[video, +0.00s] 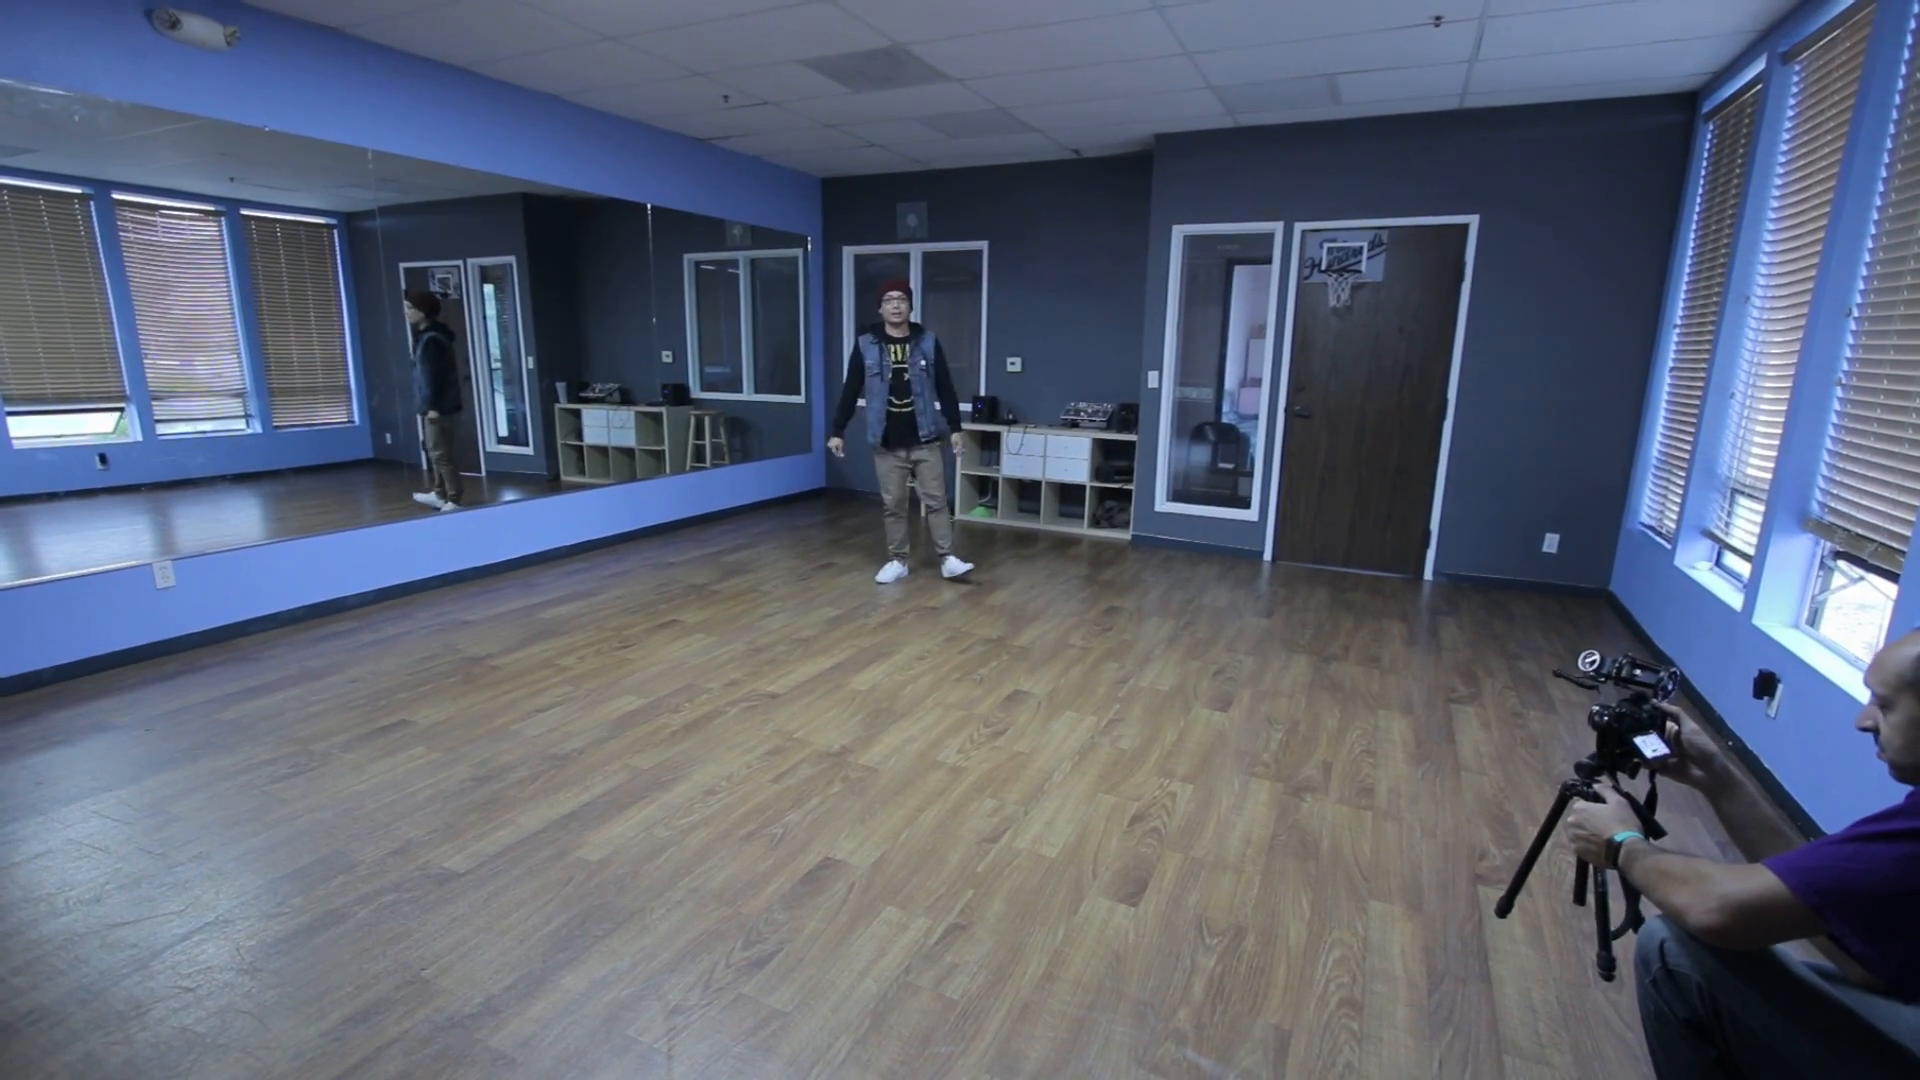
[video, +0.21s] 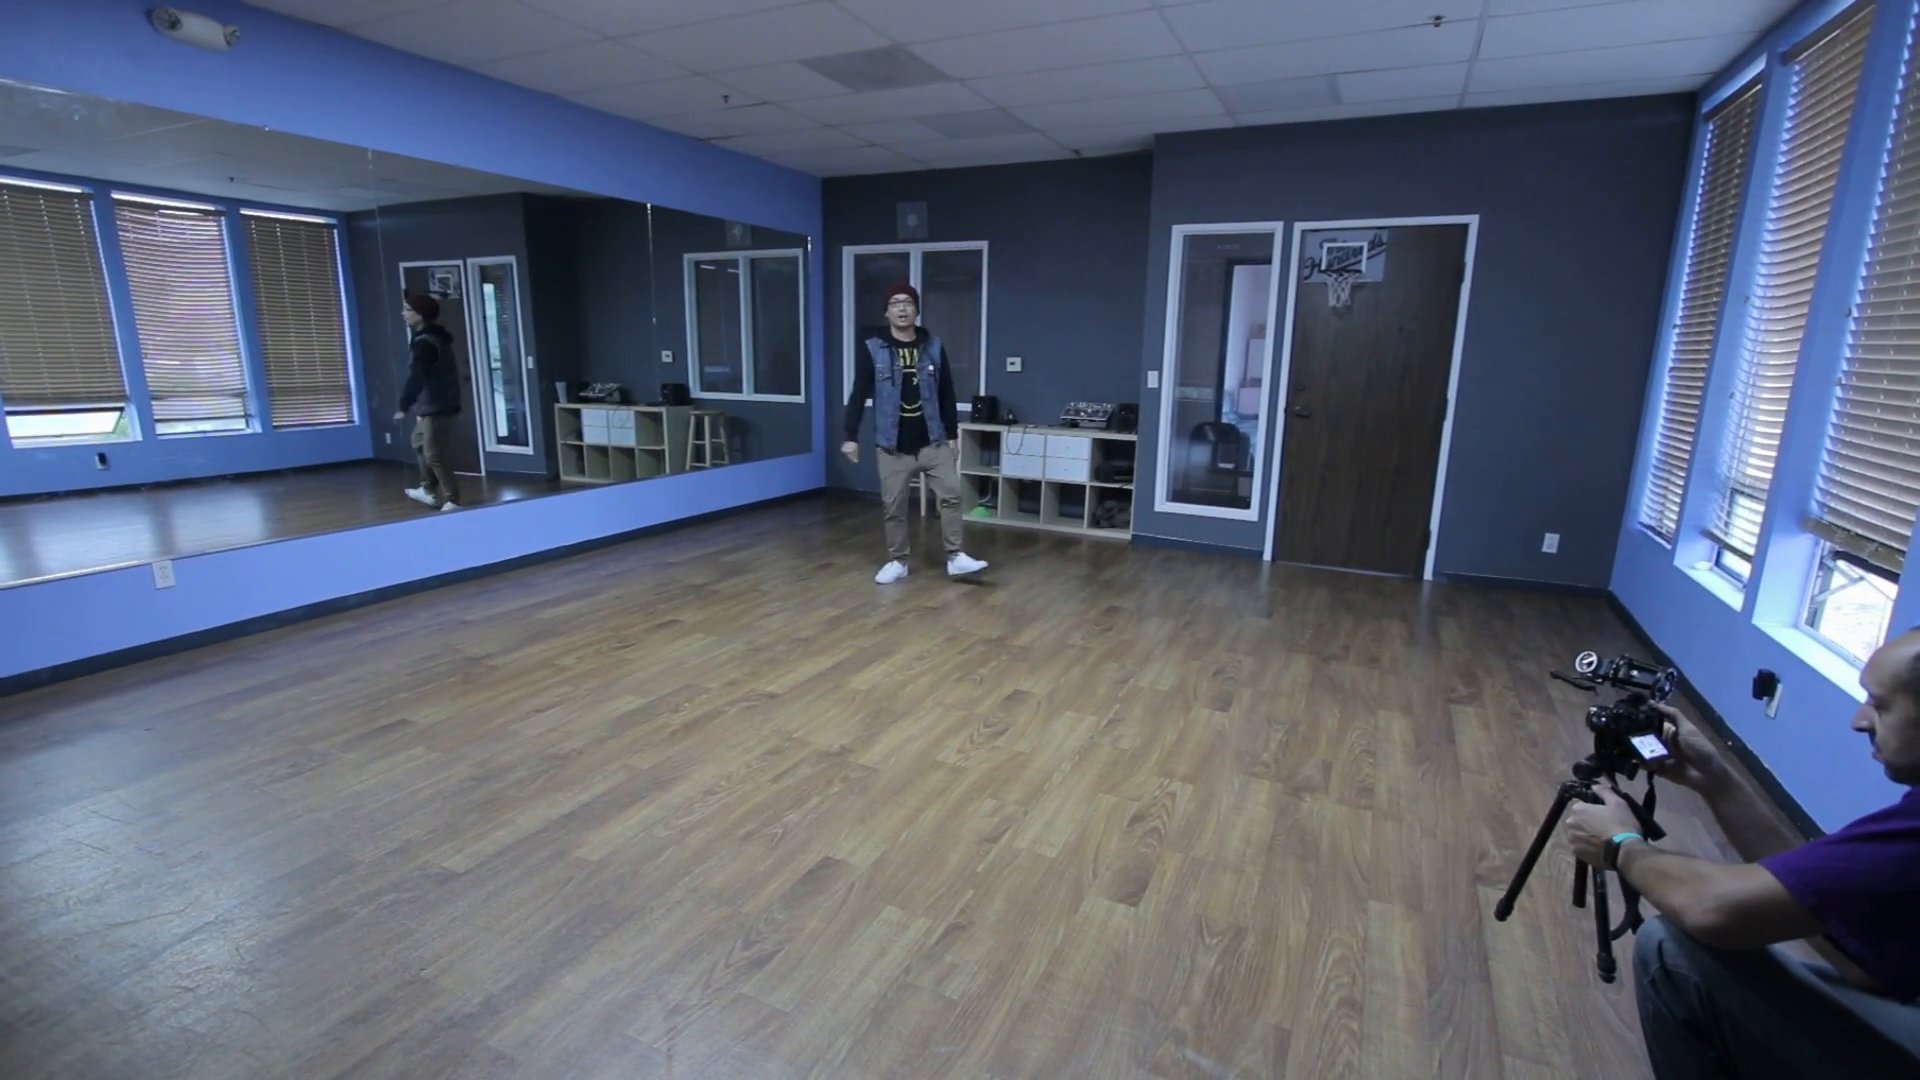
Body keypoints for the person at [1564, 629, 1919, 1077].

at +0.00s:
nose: (1864, 722)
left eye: (1884, 703)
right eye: (1872, 702)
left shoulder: (1912, 825)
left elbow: (1719, 911)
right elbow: (1866, 957)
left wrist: (1621, 844)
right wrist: (1718, 780)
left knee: (1676, 951)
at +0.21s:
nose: (1860, 723)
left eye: (1879, 704)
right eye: (1867, 702)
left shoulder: (1911, 822)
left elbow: (1716, 911)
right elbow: (1865, 959)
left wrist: (1621, 846)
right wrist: (1715, 780)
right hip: (1904, 1013)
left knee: (1675, 951)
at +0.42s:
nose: (1859, 720)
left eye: (1878, 701)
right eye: (1866, 699)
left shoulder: (1912, 816)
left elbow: (1712, 909)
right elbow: (1865, 958)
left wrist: (1618, 843)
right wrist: (1713, 778)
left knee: (1673, 950)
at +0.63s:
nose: (1858, 719)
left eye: (1878, 701)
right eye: (1866, 699)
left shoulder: (1912, 816)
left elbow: (1713, 910)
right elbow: (1865, 958)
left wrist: (1619, 844)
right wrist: (1713, 779)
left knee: (1673, 950)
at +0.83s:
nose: (1858, 720)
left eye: (1879, 702)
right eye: (1867, 700)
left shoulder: (1912, 818)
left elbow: (1714, 910)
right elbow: (1866, 960)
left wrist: (1620, 845)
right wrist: (1715, 780)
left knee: (1673, 950)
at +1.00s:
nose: (1860, 720)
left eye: (1881, 702)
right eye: (1869, 700)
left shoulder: (1912, 819)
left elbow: (1714, 910)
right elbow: (1866, 960)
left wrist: (1619, 844)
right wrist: (1716, 779)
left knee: (1673, 950)